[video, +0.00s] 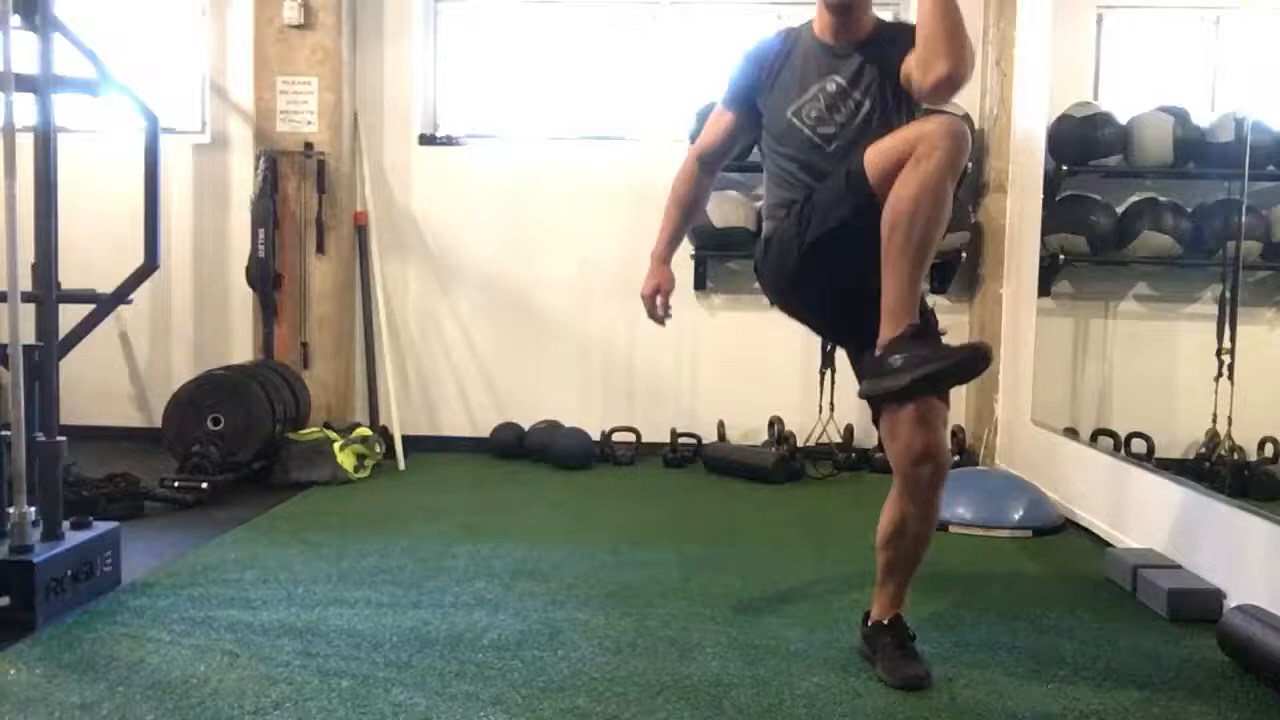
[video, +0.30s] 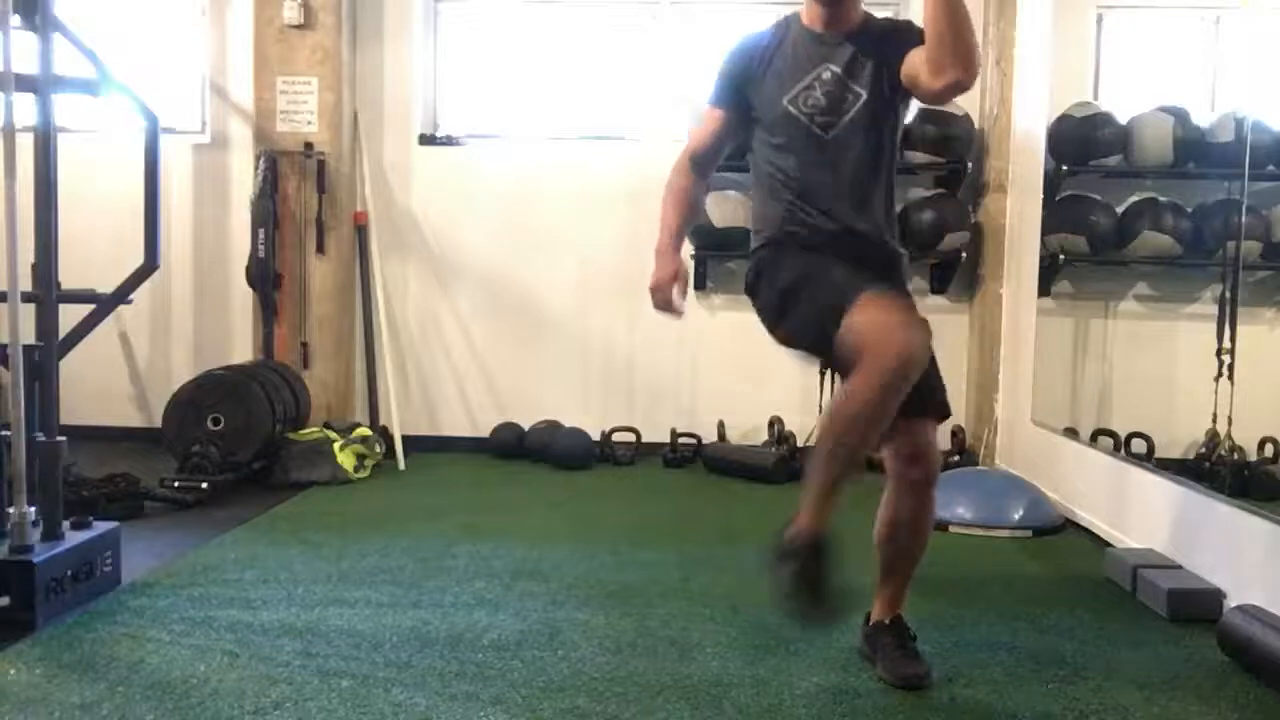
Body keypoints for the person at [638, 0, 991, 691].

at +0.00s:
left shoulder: (903, 45)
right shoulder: (774, 55)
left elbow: (944, 71)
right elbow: (702, 158)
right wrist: (661, 256)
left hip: (884, 279)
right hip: (799, 264)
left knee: (925, 459)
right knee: (944, 134)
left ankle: (885, 621)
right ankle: (896, 340)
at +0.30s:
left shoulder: (889, 40)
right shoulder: (756, 55)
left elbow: (951, 70)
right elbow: (695, 159)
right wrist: (668, 248)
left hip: (876, 262)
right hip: (791, 253)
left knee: (917, 456)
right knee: (897, 340)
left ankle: (886, 620)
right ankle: (804, 532)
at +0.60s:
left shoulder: (826, 30)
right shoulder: (693, 33)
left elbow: (875, 79)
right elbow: (612, 154)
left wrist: (848, 3)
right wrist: (642, 115)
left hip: (791, 273)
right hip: (702, 268)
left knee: (822, 450)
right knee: (696, 449)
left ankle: (778, 621)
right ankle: (681, 621)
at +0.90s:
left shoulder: (738, 56)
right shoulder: (602, 39)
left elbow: (765, 126)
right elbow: (508, 104)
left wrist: (686, 111)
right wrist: (517, 78)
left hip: (694, 289)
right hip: (600, 281)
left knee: (752, 461)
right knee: (521, 453)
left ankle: (769, 626)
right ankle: (435, 612)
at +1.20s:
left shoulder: (591, 12)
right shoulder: (454, 6)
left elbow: (681, 122)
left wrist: (720, 235)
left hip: (548, 230)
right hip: (458, 238)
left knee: (475, 343)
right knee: (433, 431)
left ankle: (547, 512)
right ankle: (423, 617)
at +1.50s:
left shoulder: (566, 34)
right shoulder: (430, 37)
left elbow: (650, 126)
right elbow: (369, 92)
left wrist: (704, 213)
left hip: (533, 258)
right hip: (451, 266)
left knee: (388, 159)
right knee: (396, 440)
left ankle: (401, 375)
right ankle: (424, 619)